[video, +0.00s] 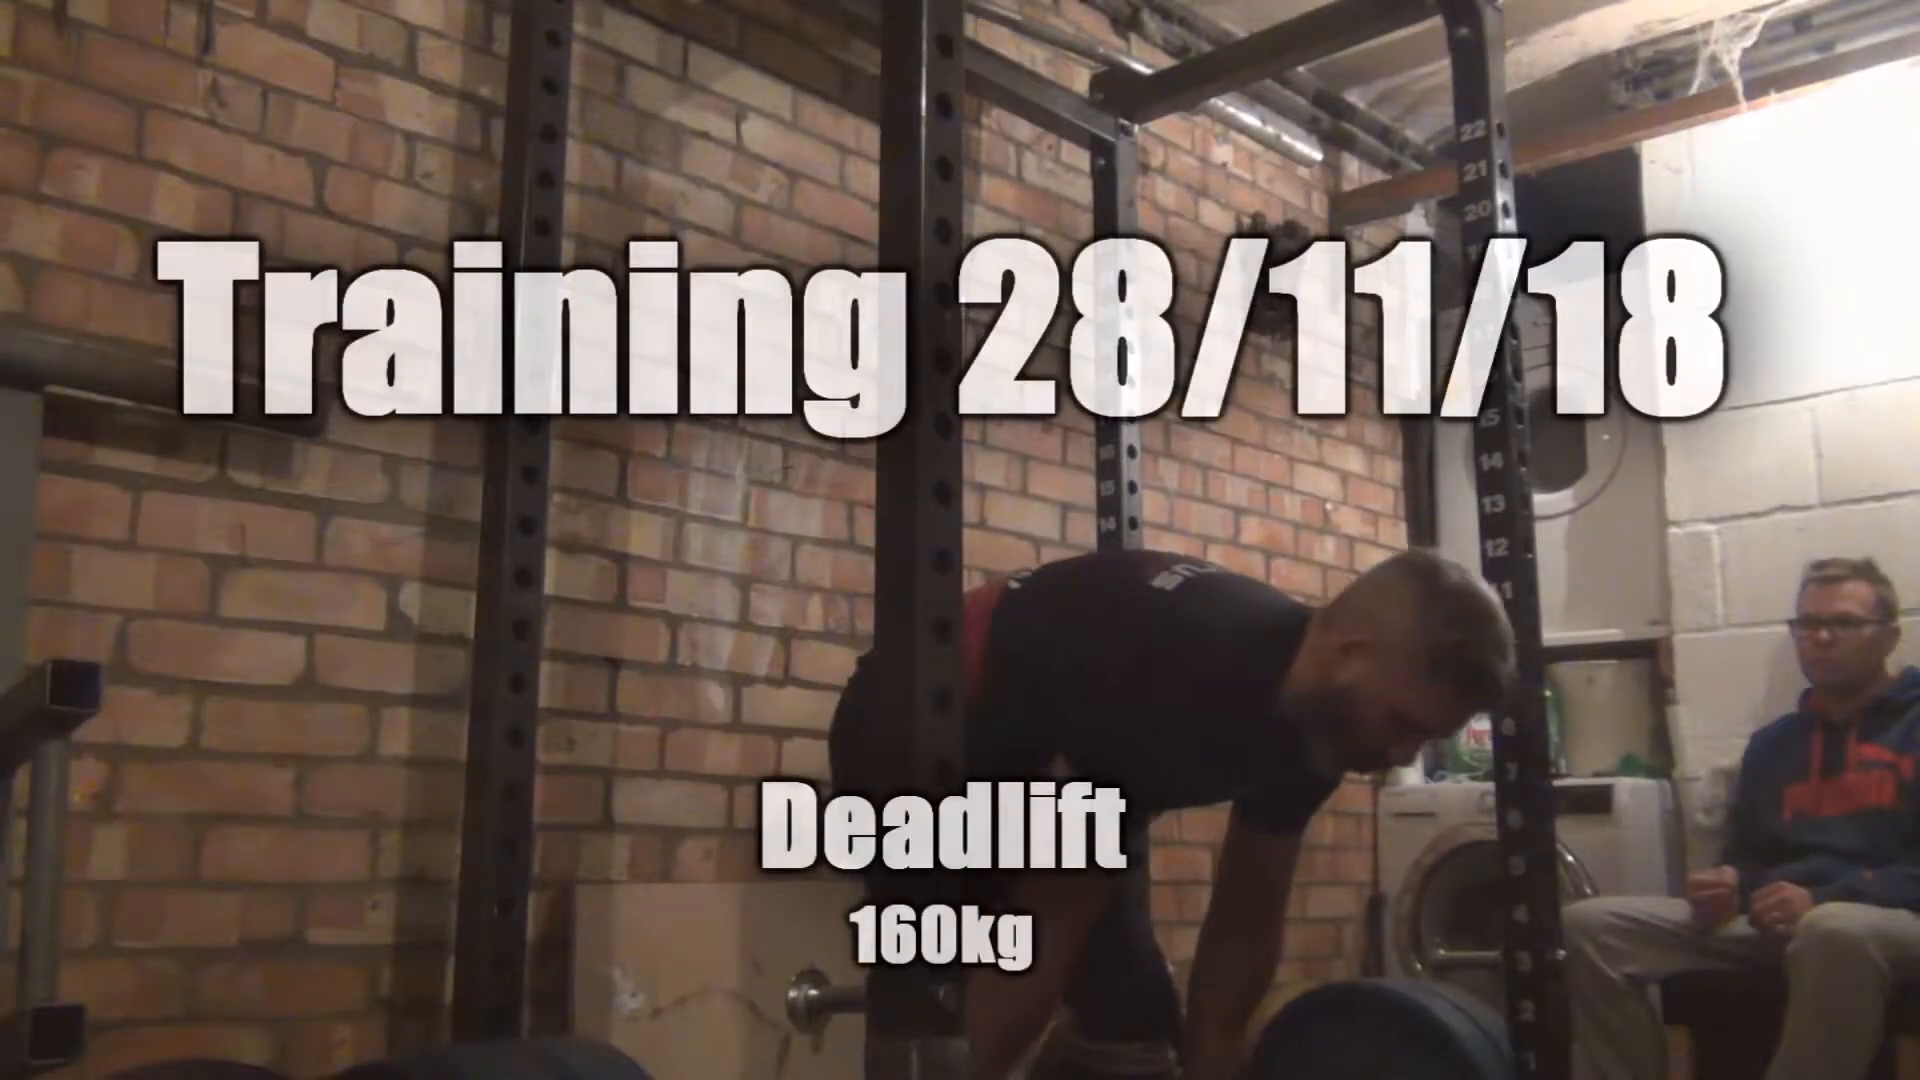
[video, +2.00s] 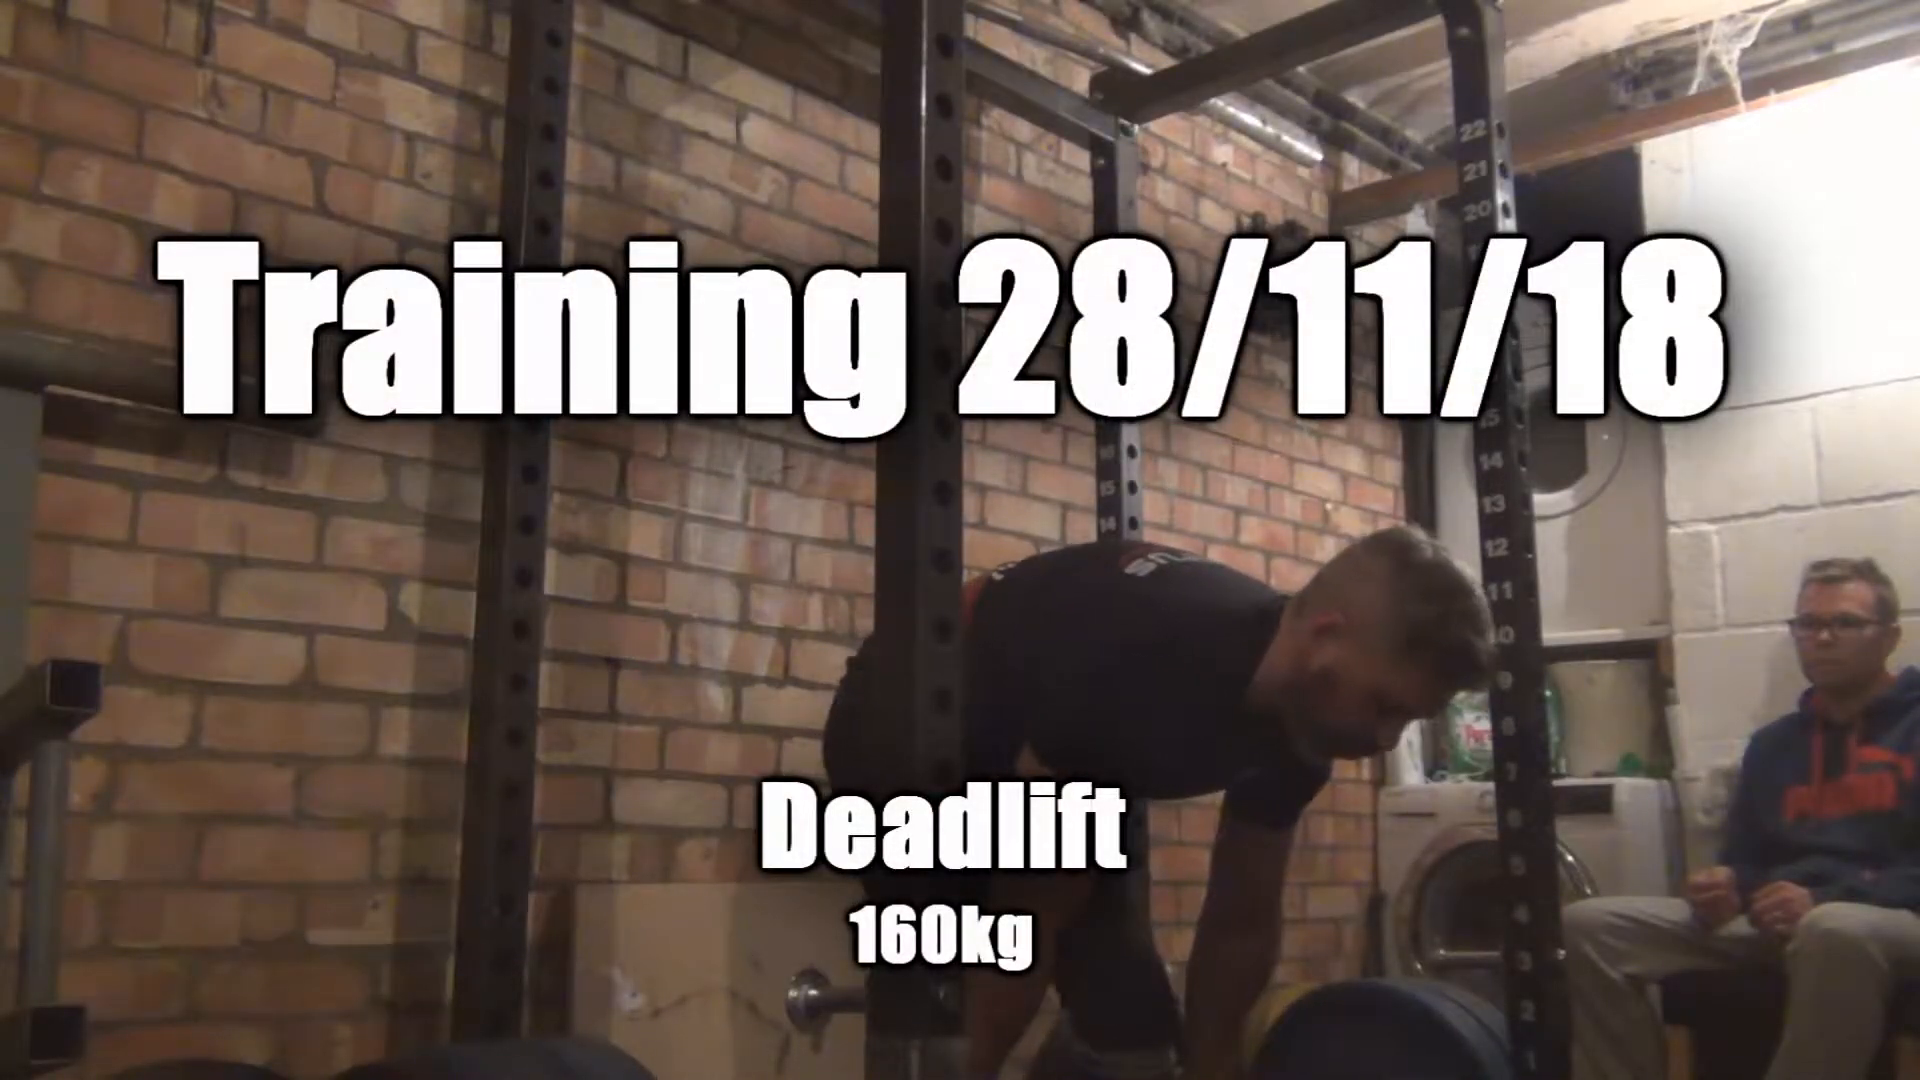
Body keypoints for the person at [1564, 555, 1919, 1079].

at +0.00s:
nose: (1821, 639)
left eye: (1843, 624)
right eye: (1808, 624)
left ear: (1890, 636)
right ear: (1794, 634)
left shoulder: (1913, 722)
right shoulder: (1771, 744)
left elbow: (1914, 872)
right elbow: (1746, 857)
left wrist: (1819, 900)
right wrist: (1730, 885)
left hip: (1896, 918)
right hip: (1772, 918)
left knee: (1832, 937)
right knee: (1588, 930)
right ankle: (1625, 1072)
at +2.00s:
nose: (1822, 638)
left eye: (1844, 624)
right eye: (1809, 624)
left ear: (1890, 638)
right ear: (1794, 633)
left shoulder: (1914, 722)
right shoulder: (1772, 745)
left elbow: (1914, 875)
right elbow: (1745, 859)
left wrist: (1820, 900)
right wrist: (1729, 887)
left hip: (1894, 921)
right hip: (1772, 920)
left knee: (1833, 937)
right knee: (1589, 929)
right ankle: (1625, 1072)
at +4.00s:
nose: (1823, 639)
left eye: (1845, 624)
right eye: (1809, 623)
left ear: (1891, 636)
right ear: (1794, 633)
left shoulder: (1914, 722)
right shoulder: (1774, 743)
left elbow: (1914, 875)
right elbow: (1745, 850)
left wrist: (1820, 899)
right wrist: (1730, 883)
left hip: (1894, 919)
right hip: (1771, 918)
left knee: (1833, 936)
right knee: (1589, 929)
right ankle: (1626, 1073)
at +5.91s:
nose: (1824, 637)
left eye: (1847, 622)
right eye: (1812, 622)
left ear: (1893, 636)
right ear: (1797, 632)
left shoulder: (1914, 721)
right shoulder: (1775, 742)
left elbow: (1915, 872)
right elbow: (1742, 850)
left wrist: (1817, 904)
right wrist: (1725, 889)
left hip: (1894, 919)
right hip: (1768, 917)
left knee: (1834, 936)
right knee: (1588, 929)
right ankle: (1629, 1073)